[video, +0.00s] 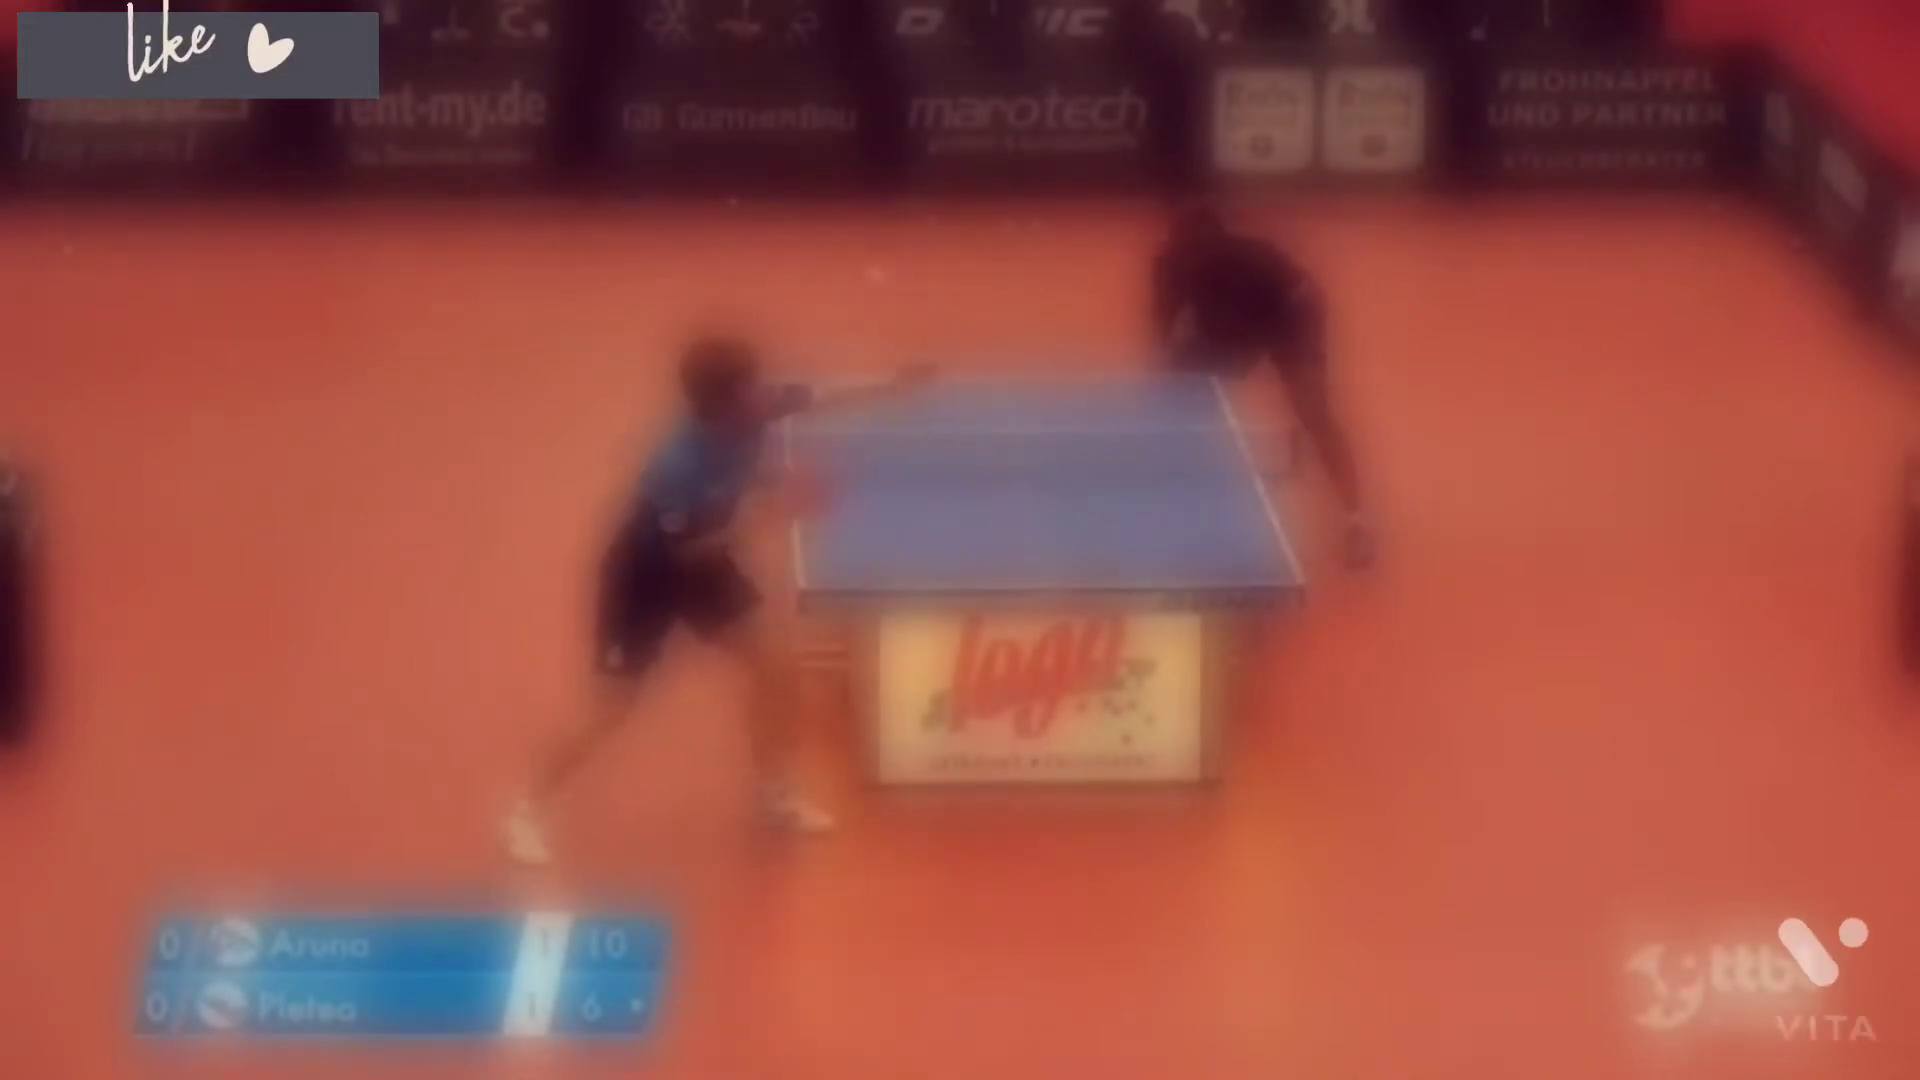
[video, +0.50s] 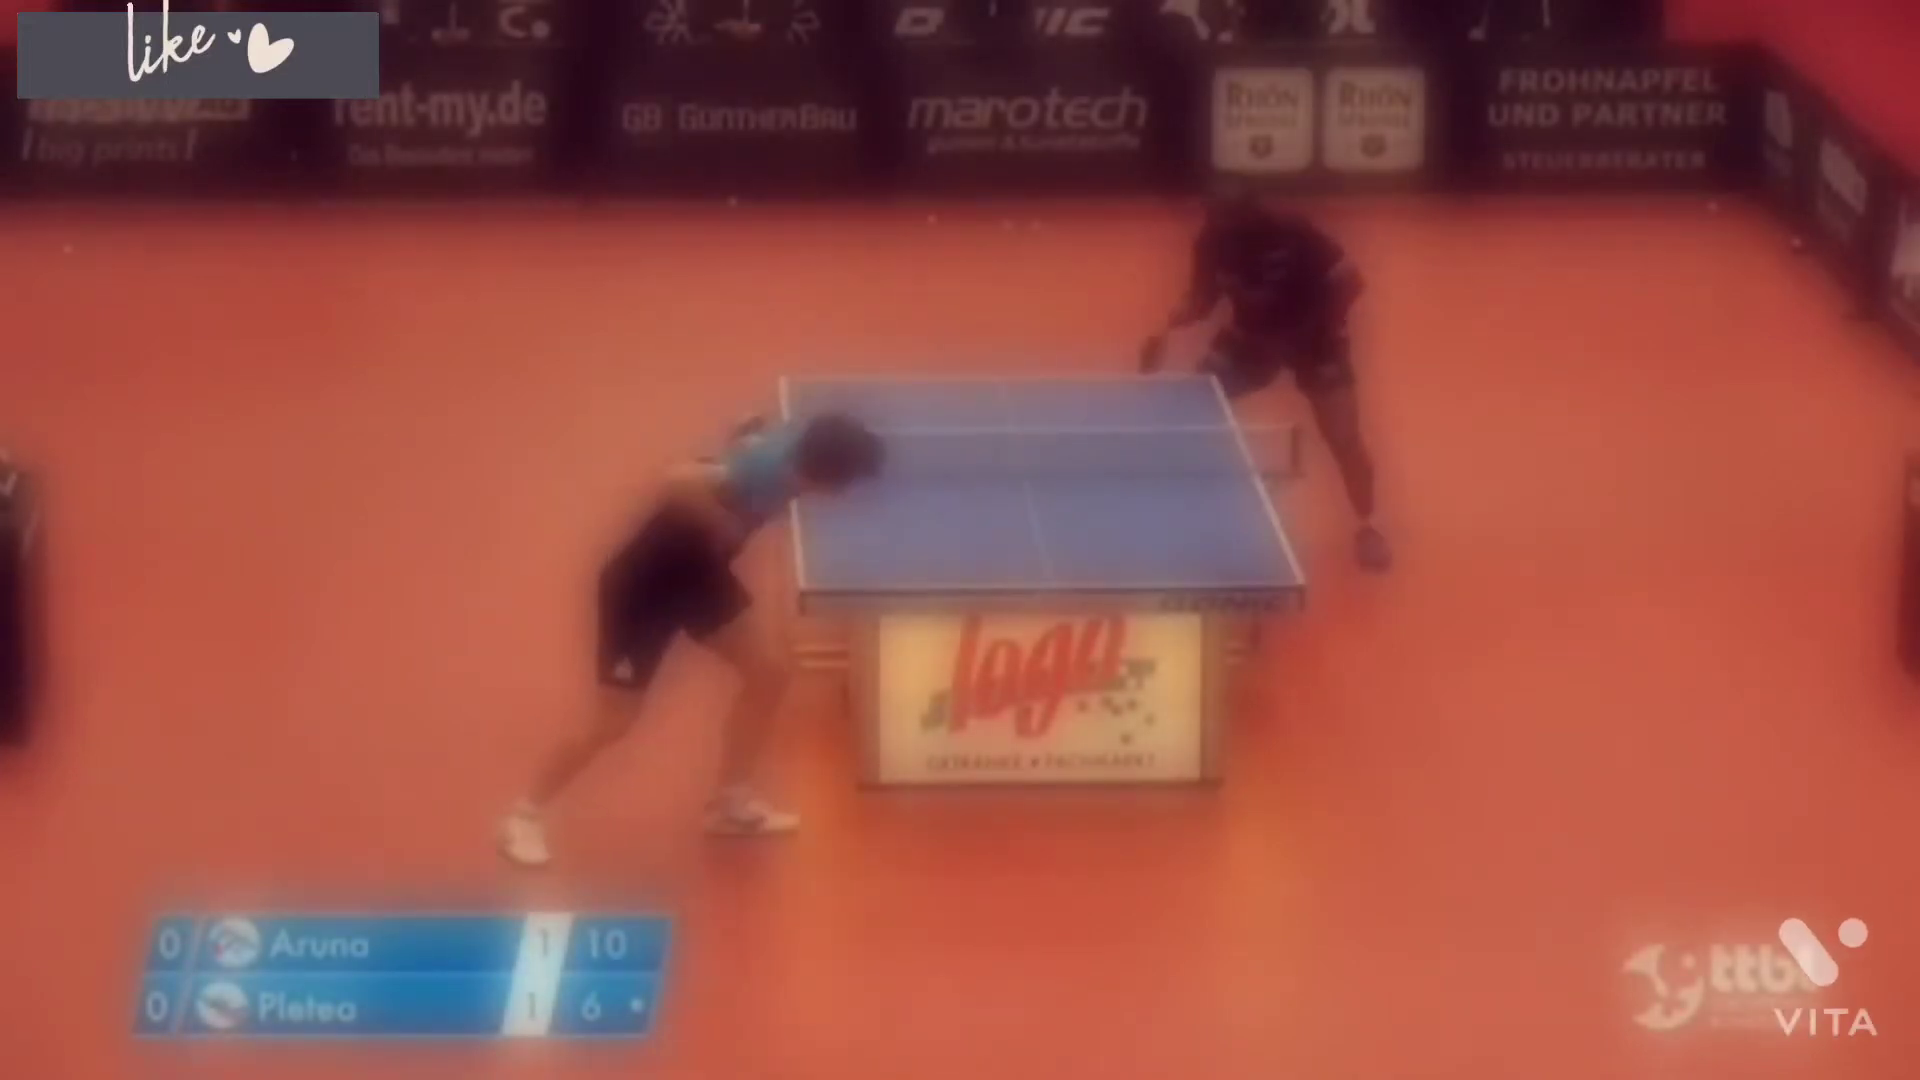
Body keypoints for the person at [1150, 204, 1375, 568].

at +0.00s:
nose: (1192, 238)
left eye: (1199, 228)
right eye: (1185, 230)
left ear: (1213, 224)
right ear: (1176, 230)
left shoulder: (1251, 255)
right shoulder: (1175, 263)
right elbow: (1163, 325)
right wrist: (1163, 363)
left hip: (1287, 317)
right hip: (1226, 326)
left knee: (1313, 410)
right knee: (1179, 398)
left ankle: (1354, 513)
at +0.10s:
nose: (1190, 230)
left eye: (1197, 221)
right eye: (1182, 222)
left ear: (1210, 215)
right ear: (1172, 220)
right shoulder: (1173, 254)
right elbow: (1157, 315)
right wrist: (1155, 360)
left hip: (1284, 313)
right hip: (1222, 322)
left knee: (1314, 413)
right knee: (1173, 397)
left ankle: (1354, 514)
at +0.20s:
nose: (1192, 237)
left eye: (1199, 228)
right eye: (1185, 230)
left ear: (1212, 222)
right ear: (1175, 229)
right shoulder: (1172, 260)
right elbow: (1155, 328)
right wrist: (1164, 350)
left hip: (1283, 313)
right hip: (1221, 323)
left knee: (1317, 410)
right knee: (1172, 398)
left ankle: (1355, 511)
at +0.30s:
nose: (1203, 241)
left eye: (1209, 232)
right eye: (1194, 234)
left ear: (1222, 228)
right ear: (1184, 233)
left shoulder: (1255, 255)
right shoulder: (1179, 265)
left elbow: (1311, 298)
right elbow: (1160, 327)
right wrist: (1163, 356)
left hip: (1291, 330)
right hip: (1230, 338)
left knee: (1326, 419)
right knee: (1175, 403)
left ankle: (1362, 517)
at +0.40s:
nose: (1218, 235)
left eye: (1224, 225)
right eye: (1209, 227)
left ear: (1237, 222)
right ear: (1200, 228)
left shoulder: (1274, 254)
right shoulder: (1197, 263)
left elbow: (1328, 300)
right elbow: (1177, 323)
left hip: (1302, 340)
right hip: (1243, 345)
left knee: (1334, 423)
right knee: (1182, 405)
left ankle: (1365, 519)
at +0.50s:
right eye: (1216, 220)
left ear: (1248, 217)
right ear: (1216, 220)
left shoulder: (1296, 234)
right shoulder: (1215, 241)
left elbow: (1349, 281)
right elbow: (1202, 301)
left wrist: (1323, 329)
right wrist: (1162, 334)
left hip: (1313, 339)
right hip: (1250, 338)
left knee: (1344, 438)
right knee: (1188, 411)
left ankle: (1366, 524)